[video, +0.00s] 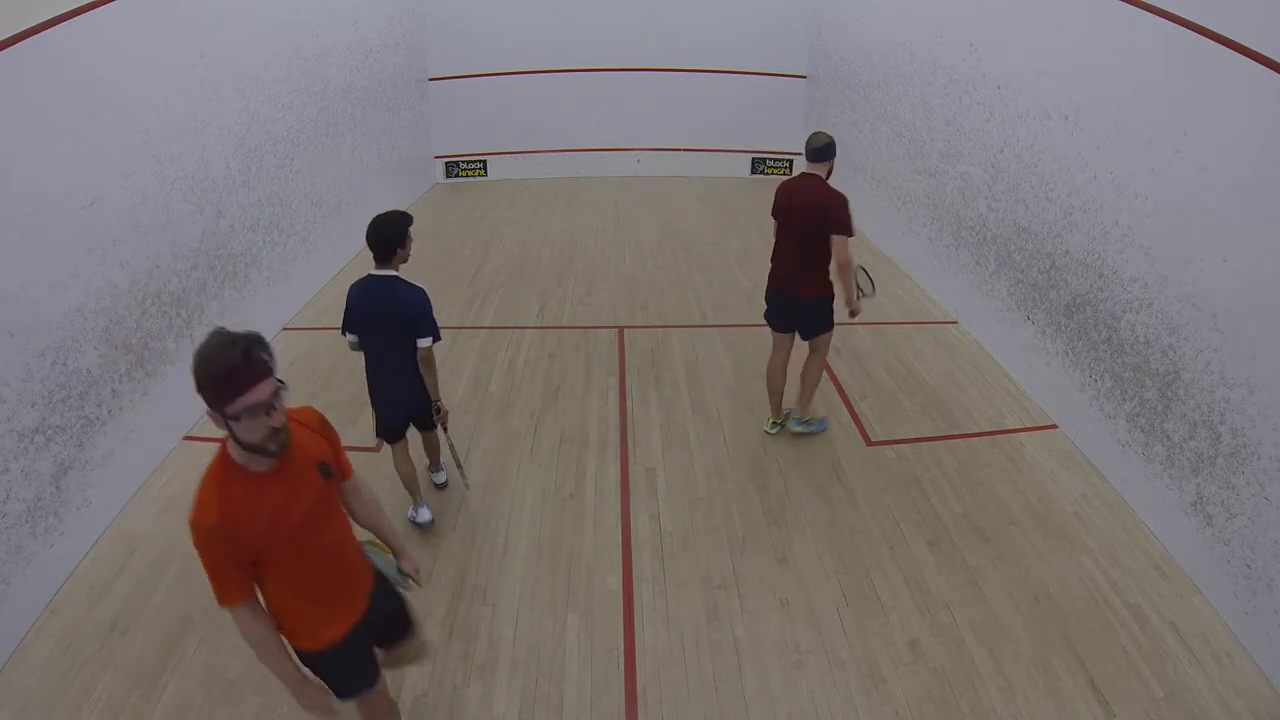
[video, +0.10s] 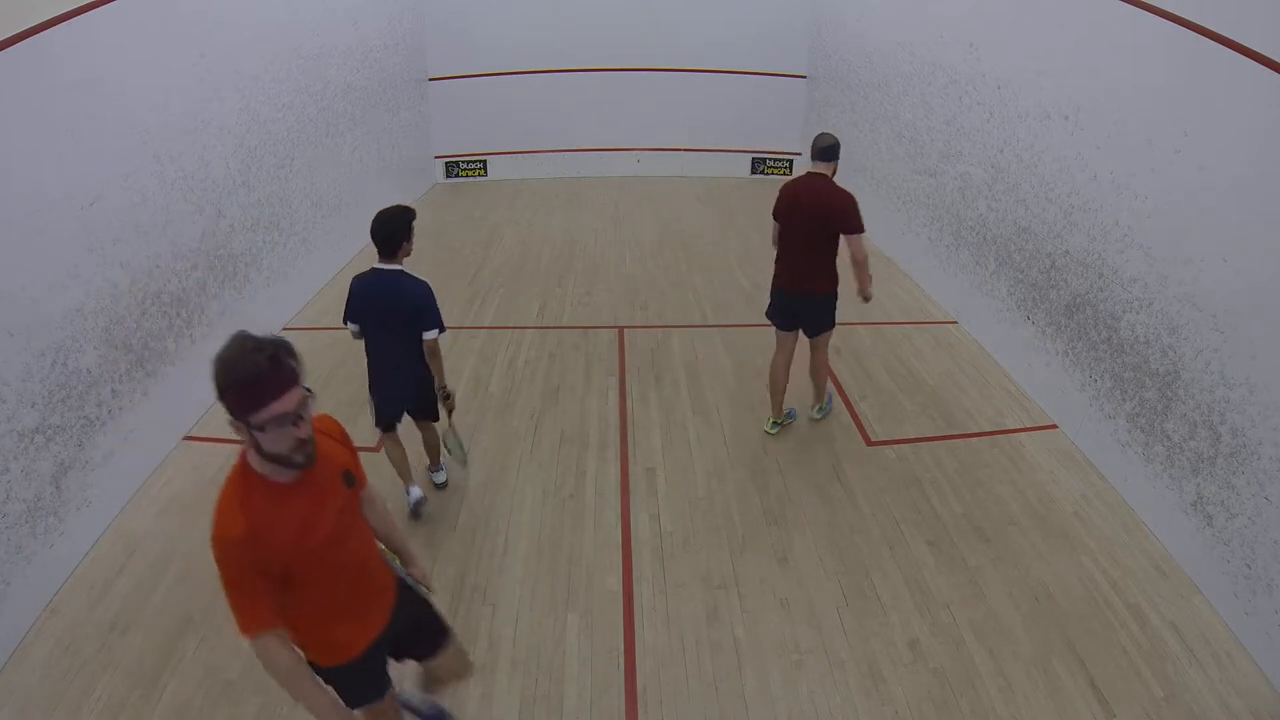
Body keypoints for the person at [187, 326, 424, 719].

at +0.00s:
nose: (276, 418)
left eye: (276, 398)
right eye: (255, 414)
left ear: (280, 383)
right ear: (217, 419)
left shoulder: (308, 426)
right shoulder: (215, 518)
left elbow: (353, 491)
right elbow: (247, 613)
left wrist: (400, 549)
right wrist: (301, 689)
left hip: (366, 583)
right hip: (323, 633)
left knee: (411, 649)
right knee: (375, 700)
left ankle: (356, 665)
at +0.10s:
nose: (302, 431)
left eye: (302, 410)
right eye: (279, 426)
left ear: (308, 393)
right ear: (242, 432)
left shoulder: (328, 434)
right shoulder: (238, 531)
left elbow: (365, 500)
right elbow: (267, 643)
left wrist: (410, 558)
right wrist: (335, 713)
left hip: (387, 596)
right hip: (339, 648)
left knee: (454, 665)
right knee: (383, 710)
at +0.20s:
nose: (337, 441)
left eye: (337, 419)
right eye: (314, 436)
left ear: (341, 404)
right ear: (271, 443)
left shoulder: (356, 449)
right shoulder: (265, 543)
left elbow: (389, 519)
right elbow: (298, 673)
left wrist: (423, 572)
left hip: (415, 609)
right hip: (364, 665)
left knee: (476, 686)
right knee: (393, 713)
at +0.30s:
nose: (381, 462)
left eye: (380, 440)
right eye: (358, 455)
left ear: (384, 424)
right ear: (309, 459)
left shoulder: (392, 465)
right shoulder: (304, 565)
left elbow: (414, 546)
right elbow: (340, 695)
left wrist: (443, 590)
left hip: (451, 639)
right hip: (394, 691)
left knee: (503, 709)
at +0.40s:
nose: (435, 475)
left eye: (432, 453)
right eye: (411, 470)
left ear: (434, 434)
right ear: (361, 478)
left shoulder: (437, 488)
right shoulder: (351, 579)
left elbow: (454, 563)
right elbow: (384, 703)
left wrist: (479, 608)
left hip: (490, 649)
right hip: (438, 699)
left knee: (530, 708)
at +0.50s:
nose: (483, 484)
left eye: (482, 462)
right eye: (458, 478)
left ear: (484, 440)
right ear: (409, 483)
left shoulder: (482, 498)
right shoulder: (396, 598)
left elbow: (497, 580)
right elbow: (426, 707)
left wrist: (526, 617)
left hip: (537, 662)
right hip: (489, 709)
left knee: (559, 710)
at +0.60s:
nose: (546, 487)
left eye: (542, 466)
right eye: (523, 478)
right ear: (461, 491)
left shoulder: (522, 513)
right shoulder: (440, 608)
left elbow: (541, 586)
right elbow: (456, 712)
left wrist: (573, 624)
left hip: (573, 673)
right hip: (530, 712)